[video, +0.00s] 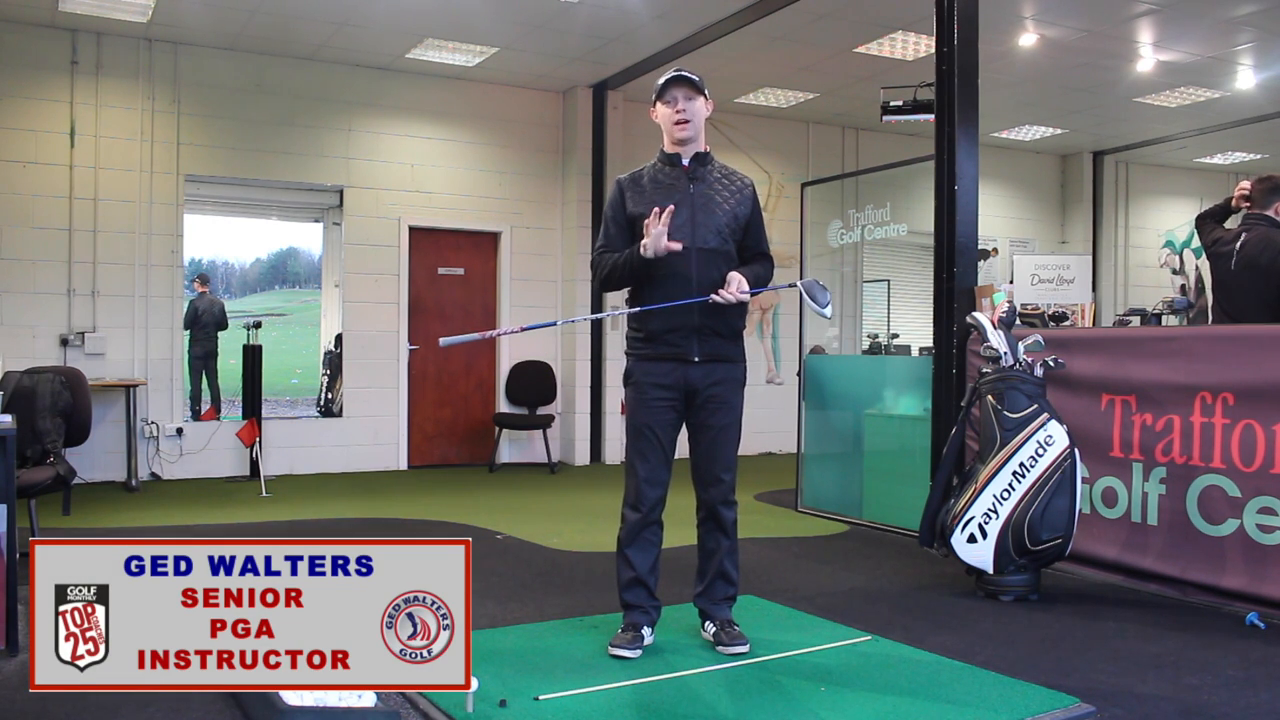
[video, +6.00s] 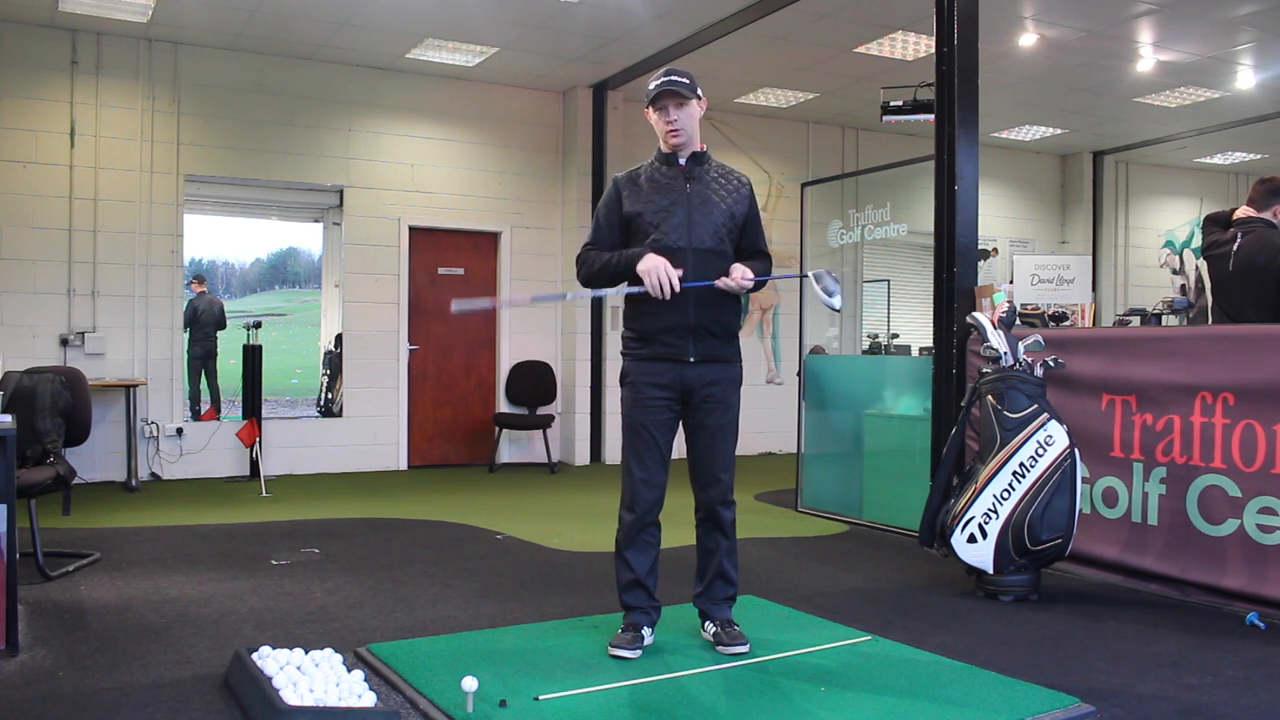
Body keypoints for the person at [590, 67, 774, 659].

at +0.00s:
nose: (681, 108)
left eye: (690, 98)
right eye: (670, 100)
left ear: (709, 110)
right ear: (655, 115)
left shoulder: (738, 188)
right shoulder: (629, 189)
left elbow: (761, 265)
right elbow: (603, 273)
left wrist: (745, 281)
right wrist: (643, 253)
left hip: (721, 361)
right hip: (652, 359)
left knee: (718, 493)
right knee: (644, 494)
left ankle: (718, 612)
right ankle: (638, 616)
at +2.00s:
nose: (683, 112)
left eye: (692, 103)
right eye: (672, 103)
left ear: (707, 112)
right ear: (655, 113)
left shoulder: (734, 188)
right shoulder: (628, 189)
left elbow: (767, 272)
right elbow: (600, 269)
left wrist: (759, 222)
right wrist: (625, 293)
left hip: (718, 364)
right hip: (651, 363)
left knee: (717, 494)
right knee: (643, 496)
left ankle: (719, 613)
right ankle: (638, 616)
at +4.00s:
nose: (673, 118)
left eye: (682, 107)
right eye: (663, 109)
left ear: (702, 111)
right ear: (649, 117)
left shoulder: (735, 184)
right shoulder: (626, 188)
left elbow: (765, 261)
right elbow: (597, 270)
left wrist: (729, 275)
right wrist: (642, 283)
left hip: (718, 361)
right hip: (650, 361)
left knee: (717, 494)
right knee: (642, 494)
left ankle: (718, 612)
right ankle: (638, 616)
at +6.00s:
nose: (670, 115)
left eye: (680, 103)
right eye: (660, 107)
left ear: (702, 108)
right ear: (650, 117)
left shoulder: (736, 187)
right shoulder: (626, 187)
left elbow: (760, 262)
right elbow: (588, 265)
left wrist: (747, 273)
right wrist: (636, 260)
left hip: (717, 364)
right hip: (648, 363)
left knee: (716, 495)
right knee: (641, 496)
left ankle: (717, 611)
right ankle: (637, 616)